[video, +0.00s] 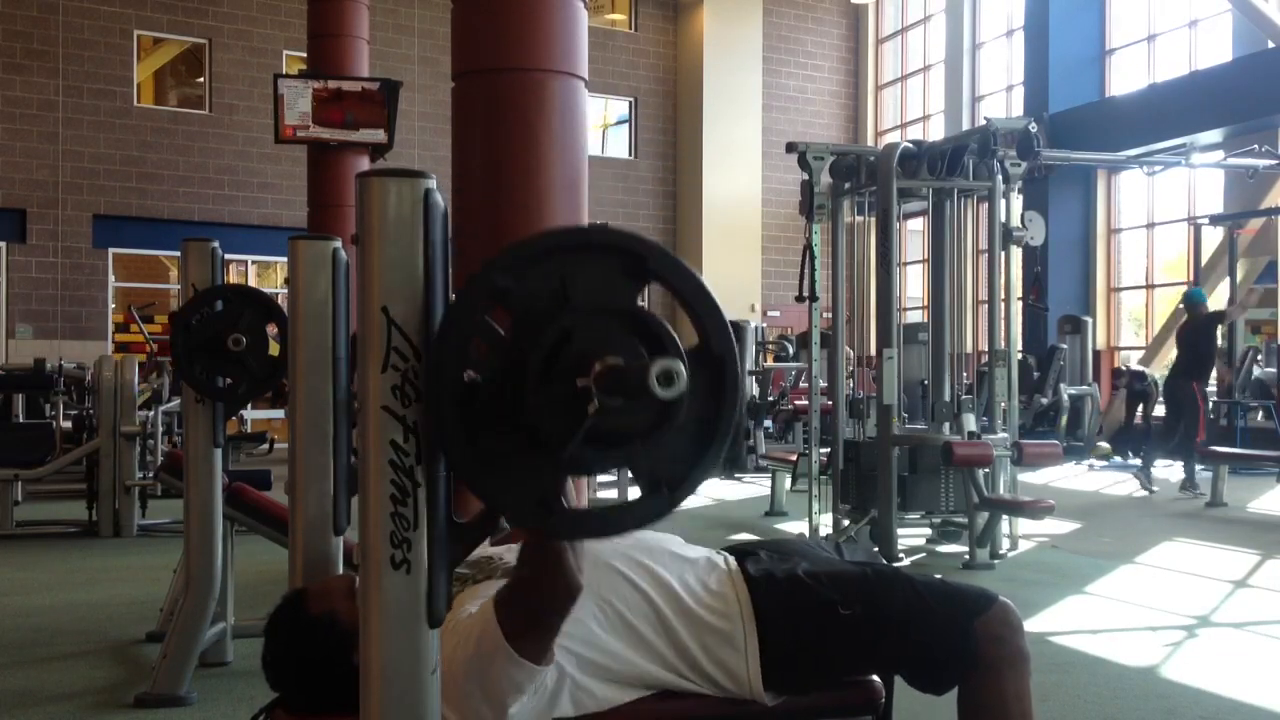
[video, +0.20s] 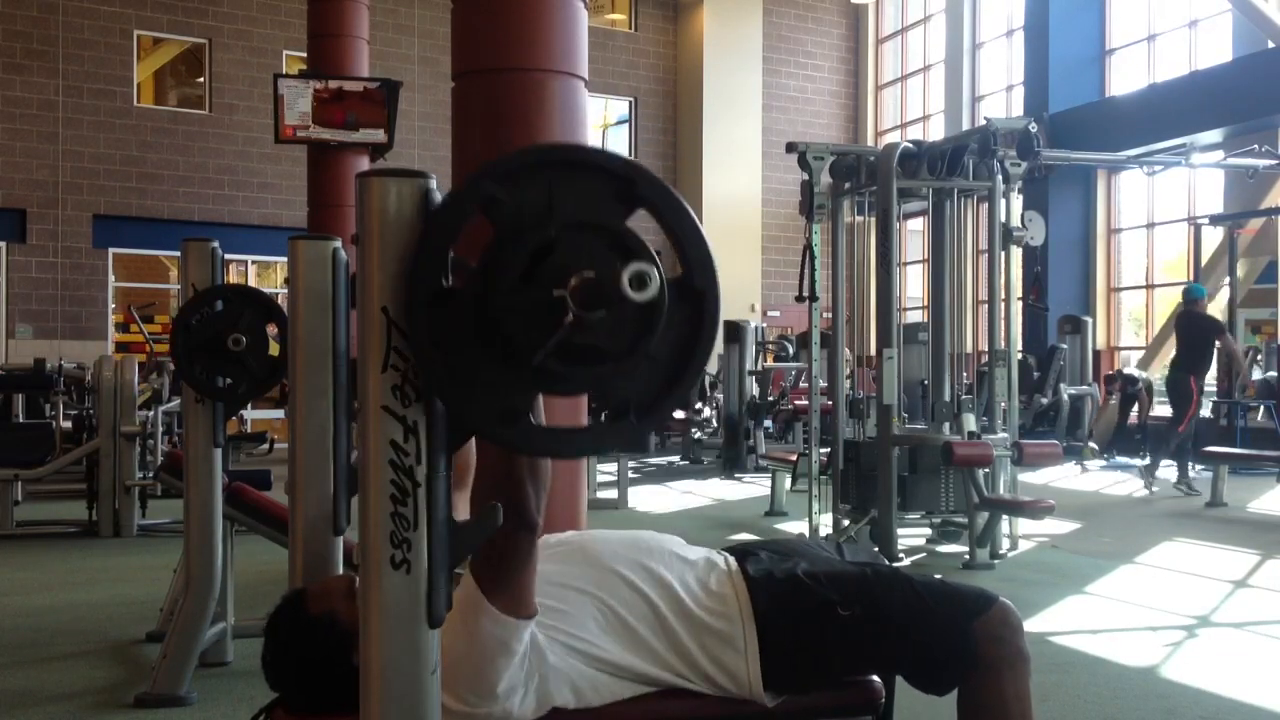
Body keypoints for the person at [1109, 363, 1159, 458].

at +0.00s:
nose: (1118, 385)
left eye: (1119, 382)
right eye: (1116, 383)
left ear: (1124, 377)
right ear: (1114, 380)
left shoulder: (1141, 375)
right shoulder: (1118, 381)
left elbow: (1153, 393)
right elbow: (1112, 401)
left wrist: (1149, 412)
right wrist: (1103, 421)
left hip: (1147, 391)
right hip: (1133, 391)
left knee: (1146, 419)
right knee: (1128, 420)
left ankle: (1147, 448)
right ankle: (1125, 448)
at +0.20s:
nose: (1112, 391)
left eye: (1113, 388)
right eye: (1110, 389)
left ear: (1117, 382)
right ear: (1108, 385)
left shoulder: (1132, 379)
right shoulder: (1110, 385)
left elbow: (1144, 400)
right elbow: (1105, 405)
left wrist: (1141, 422)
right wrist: (1094, 426)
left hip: (1144, 388)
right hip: (1127, 390)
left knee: (1142, 421)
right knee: (1121, 421)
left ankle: (1143, 450)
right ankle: (1112, 449)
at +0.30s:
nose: (1109, 396)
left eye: (1109, 393)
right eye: (1107, 395)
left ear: (1113, 387)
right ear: (1103, 391)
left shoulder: (1128, 384)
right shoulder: (1106, 390)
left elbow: (1138, 404)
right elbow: (1100, 406)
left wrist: (1136, 423)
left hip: (1140, 389)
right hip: (1122, 392)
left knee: (1139, 421)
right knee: (1117, 422)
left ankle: (1143, 450)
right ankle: (1109, 449)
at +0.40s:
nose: (1103, 402)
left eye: (1103, 399)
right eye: (1101, 400)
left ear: (1107, 393)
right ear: (1098, 396)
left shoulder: (1121, 389)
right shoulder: (1098, 392)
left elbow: (1131, 413)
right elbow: (1093, 409)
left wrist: (1128, 433)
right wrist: (1086, 428)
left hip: (1136, 388)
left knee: (1136, 421)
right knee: (1112, 422)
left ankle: (1143, 449)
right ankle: (1109, 450)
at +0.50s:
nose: (1099, 408)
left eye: (1099, 405)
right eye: (1095, 407)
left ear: (1103, 398)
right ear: (1092, 401)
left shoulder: (1116, 395)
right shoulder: (1092, 396)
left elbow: (1123, 423)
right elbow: (1086, 419)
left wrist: (1120, 444)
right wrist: (1085, 441)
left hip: (1131, 389)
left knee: (1132, 422)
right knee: (1108, 425)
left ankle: (1144, 450)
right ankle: (1108, 450)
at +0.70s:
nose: (1093, 411)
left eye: (1092, 408)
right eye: (1090, 410)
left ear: (1095, 402)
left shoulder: (1108, 400)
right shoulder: (1087, 398)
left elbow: (1113, 425)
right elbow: (1085, 421)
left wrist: (1112, 449)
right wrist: (1085, 443)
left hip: (1127, 388)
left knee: (1125, 423)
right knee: (1105, 426)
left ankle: (1136, 451)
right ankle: (1106, 450)